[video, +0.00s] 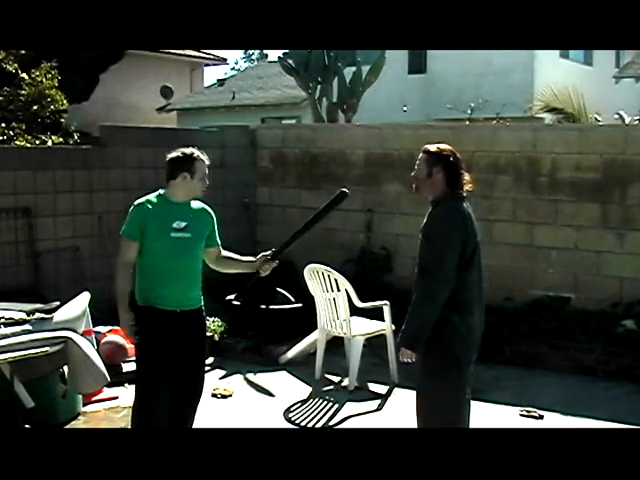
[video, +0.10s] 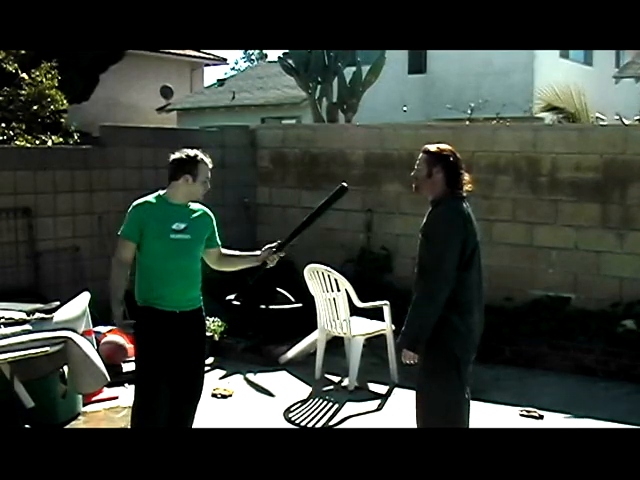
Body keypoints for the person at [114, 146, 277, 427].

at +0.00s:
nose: (207, 183)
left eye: (207, 177)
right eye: (203, 177)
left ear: (187, 178)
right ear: (184, 176)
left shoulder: (204, 215)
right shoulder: (144, 210)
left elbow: (216, 258)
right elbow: (126, 262)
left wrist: (255, 264)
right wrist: (124, 311)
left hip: (191, 317)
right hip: (154, 316)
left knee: (188, 392)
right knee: (153, 392)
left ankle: (179, 430)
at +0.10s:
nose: (209, 186)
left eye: (209, 180)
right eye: (205, 180)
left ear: (188, 179)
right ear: (185, 178)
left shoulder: (203, 216)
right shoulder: (143, 210)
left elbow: (216, 259)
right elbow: (121, 260)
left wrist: (259, 257)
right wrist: (117, 310)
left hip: (191, 320)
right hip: (153, 319)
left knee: (187, 396)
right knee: (152, 396)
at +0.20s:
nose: (208, 184)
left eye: (209, 178)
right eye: (204, 178)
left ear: (188, 178)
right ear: (185, 177)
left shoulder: (204, 218)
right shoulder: (143, 210)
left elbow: (215, 261)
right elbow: (121, 260)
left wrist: (257, 259)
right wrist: (110, 305)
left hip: (190, 318)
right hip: (152, 317)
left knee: (187, 393)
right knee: (152, 393)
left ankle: (178, 431)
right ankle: (146, 433)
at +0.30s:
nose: (207, 179)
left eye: (207, 173)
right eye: (202, 173)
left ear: (187, 176)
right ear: (181, 175)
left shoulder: (204, 219)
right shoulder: (145, 210)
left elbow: (213, 262)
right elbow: (121, 260)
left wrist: (257, 261)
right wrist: (110, 307)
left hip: (189, 318)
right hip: (151, 317)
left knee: (187, 392)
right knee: (152, 391)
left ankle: (177, 430)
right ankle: (147, 433)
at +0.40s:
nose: (208, 177)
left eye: (207, 171)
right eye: (202, 171)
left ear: (187, 176)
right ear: (181, 174)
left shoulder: (203, 218)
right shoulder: (146, 209)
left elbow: (216, 261)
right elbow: (123, 259)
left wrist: (260, 257)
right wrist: (112, 308)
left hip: (188, 317)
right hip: (150, 316)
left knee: (186, 390)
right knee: (152, 390)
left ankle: (177, 429)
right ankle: (146, 431)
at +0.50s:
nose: (208, 176)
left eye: (207, 171)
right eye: (202, 171)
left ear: (187, 176)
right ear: (182, 174)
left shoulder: (202, 220)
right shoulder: (147, 208)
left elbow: (220, 262)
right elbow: (123, 260)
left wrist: (262, 252)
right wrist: (118, 309)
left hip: (187, 318)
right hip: (150, 316)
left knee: (186, 391)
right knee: (152, 392)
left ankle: (177, 432)